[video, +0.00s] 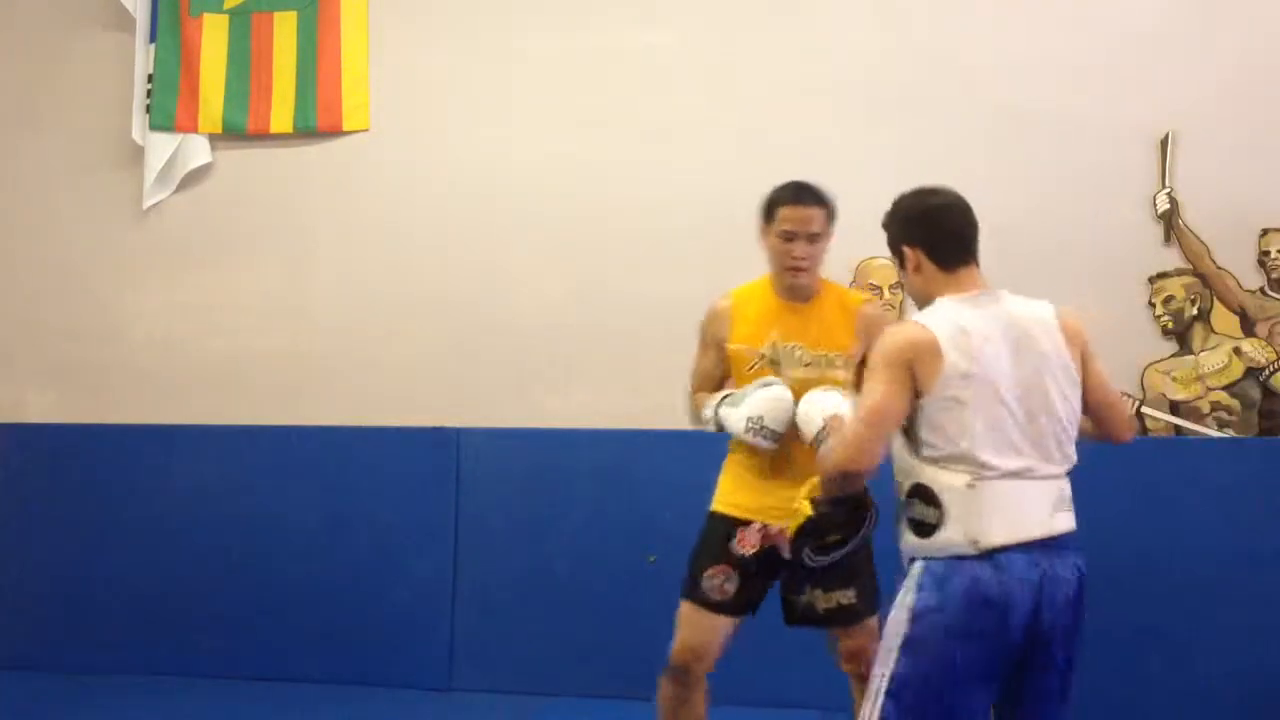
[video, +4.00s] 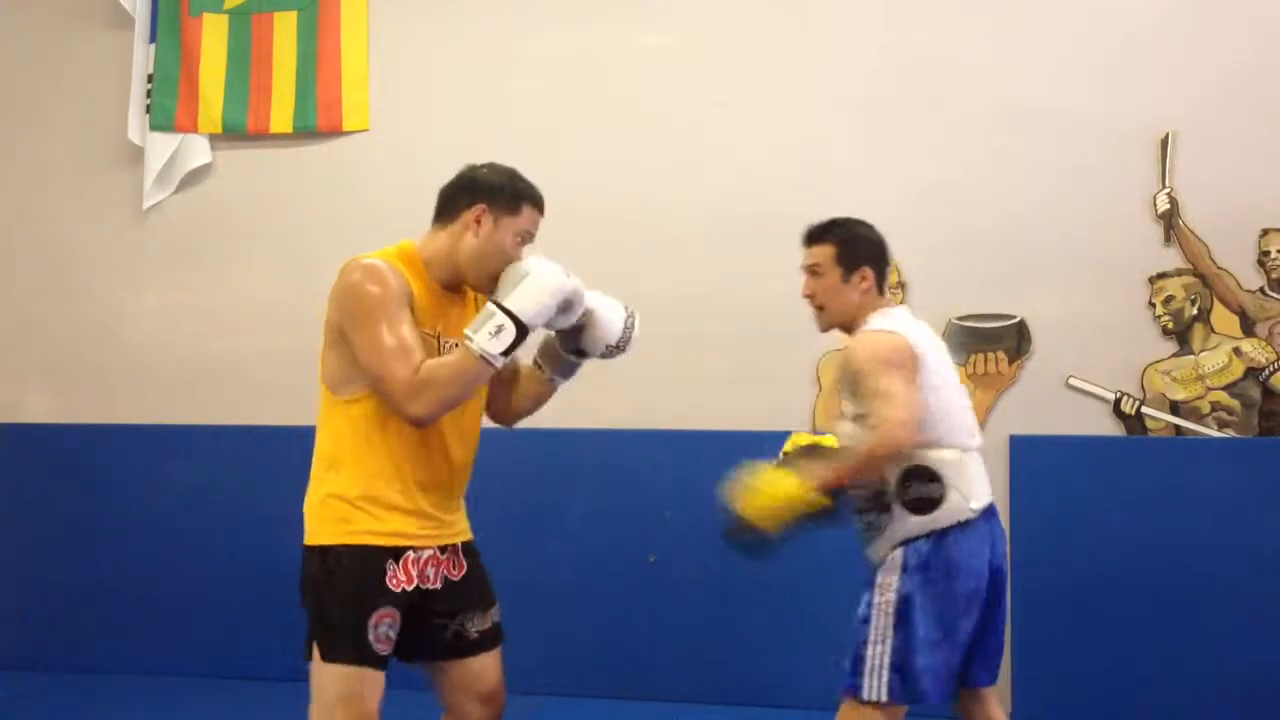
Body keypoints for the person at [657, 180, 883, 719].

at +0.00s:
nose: (799, 251)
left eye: (812, 239)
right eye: (787, 237)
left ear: (829, 242)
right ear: (765, 238)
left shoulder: (864, 316)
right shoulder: (728, 313)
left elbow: (891, 401)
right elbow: (699, 401)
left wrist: (848, 420)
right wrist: (730, 410)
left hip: (830, 511)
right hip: (743, 509)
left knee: (863, 659)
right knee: (686, 660)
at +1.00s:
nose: (609, 224)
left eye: (617, 215)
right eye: (600, 206)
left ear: (615, 225)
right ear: (554, 200)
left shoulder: (620, 311)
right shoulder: (468, 286)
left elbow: (633, 435)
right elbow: (425, 381)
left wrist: (598, 388)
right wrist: (459, 385)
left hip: (568, 523)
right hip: (471, 512)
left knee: (561, 693)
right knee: (416, 690)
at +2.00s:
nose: (516, 236)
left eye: (516, 220)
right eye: (508, 217)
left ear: (468, 218)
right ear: (467, 215)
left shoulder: (447, 303)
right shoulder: (418, 300)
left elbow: (427, 431)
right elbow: (398, 430)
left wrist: (490, 494)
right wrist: (491, 486)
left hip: (427, 533)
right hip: (369, 538)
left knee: (465, 693)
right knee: (362, 704)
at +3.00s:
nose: (519, 235)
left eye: (521, 220)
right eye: (512, 216)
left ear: (472, 212)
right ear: (468, 207)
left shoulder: (472, 307)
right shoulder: (386, 282)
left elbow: (476, 427)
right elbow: (421, 403)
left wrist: (538, 370)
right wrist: (512, 343)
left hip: (441, 530)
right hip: (366, 532)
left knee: (461, 697)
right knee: (366, 705)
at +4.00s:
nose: (523, 258)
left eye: (528, 244)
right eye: (520, 239)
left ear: (480, 225)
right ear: (477, 220)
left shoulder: (477, 304)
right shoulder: (369, 280)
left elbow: (505, 405)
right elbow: (417, 398)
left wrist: (567, 351)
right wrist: (507, 318)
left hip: (444, 532)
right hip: (359, 534)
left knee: (481, 699)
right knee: (350, 708)